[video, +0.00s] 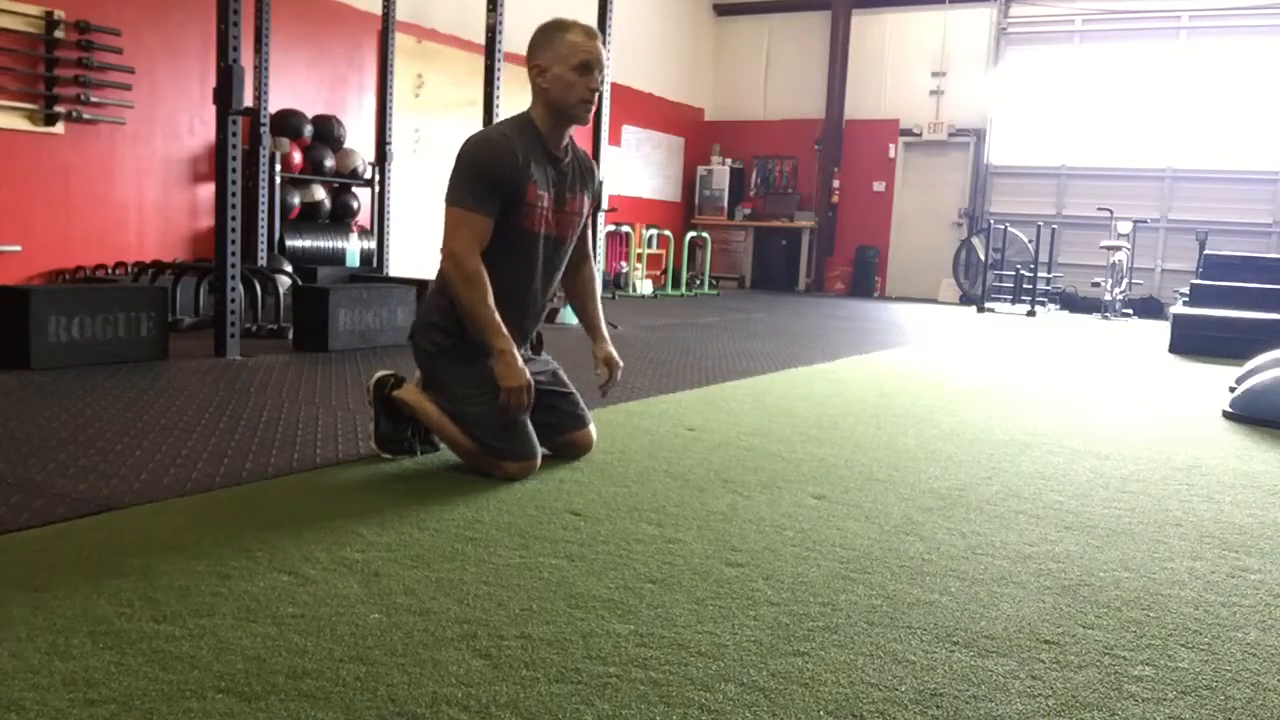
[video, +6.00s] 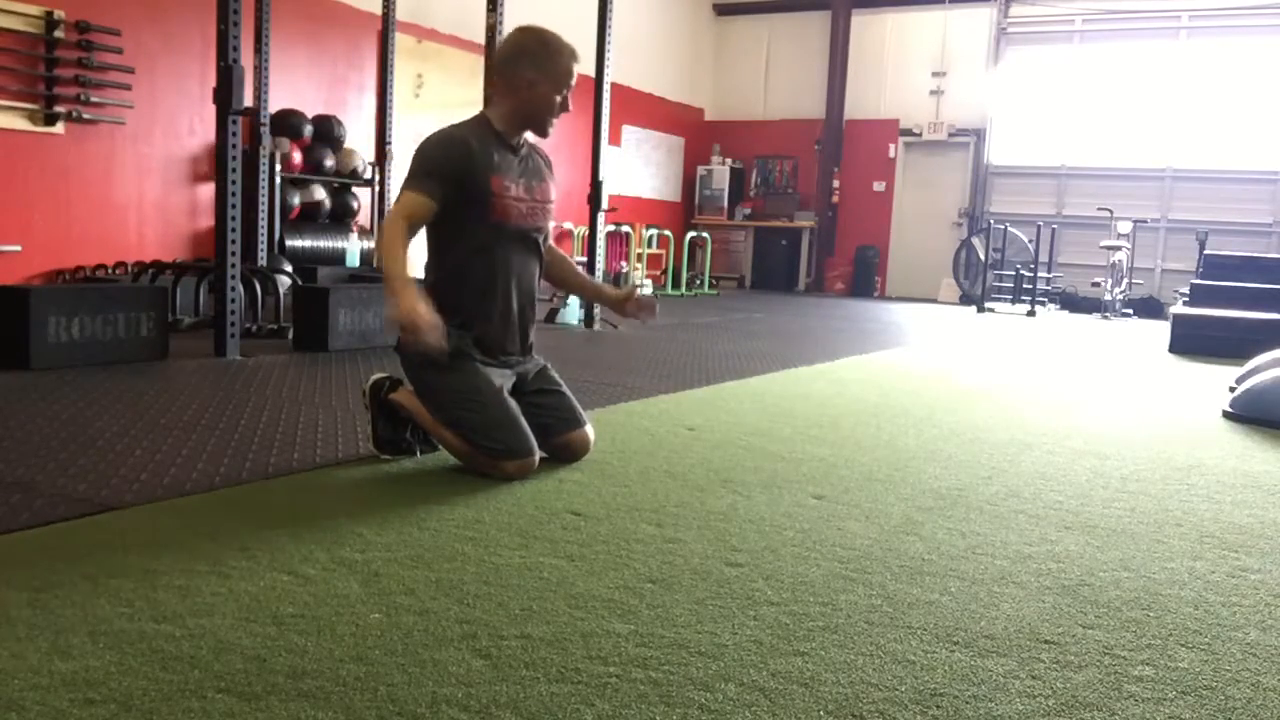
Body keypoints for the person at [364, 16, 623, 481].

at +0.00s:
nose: (598, 85)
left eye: (600, 72)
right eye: (585, 69)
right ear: (540, 74)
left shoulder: (583, 171)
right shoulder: (492, 149)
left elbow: (578, 260)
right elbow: (459, 259)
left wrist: (600, 338)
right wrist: (505, 352)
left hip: (519, 340)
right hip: (457, 342)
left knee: (575, 441)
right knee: (516, 464)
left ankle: (451, 395)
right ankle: (404, 397)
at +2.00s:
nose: (511, 66)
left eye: (513, 54)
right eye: (497, 54)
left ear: (516, 60)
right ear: (454, 61)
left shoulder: (525, 142)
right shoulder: (436, 144)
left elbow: (595, 198)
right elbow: (508, 189)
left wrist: (643, 147)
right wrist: (601, 133)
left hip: (516, 336)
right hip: (455, 345)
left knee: (574, 436)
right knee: (515, 464)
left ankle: (462, 395)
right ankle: (402, 399)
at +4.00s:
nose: (559, 91)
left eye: (560, 78)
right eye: (554, 76)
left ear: (522, 76)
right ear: (519, 74)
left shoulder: (539, 153)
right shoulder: (452, 149)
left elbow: (585, 175)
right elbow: (431, 258)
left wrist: (620, 167)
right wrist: (464, 355)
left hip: (515, 348)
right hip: (452, 351)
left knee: (573, 443)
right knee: (515, 464)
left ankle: (437, 411)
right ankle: (399, 399)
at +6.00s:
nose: (567, 104)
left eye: (570, 92)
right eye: (562, 90)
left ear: (531, 86)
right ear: (522, 82)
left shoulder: (538, 164)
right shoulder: (452, 148)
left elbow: (540, 251)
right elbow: (396, 226)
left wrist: (610, 296)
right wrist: (403, 295)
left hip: (517, 351)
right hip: (454, 351)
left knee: (573, 443)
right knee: (516, 463)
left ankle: (439, 413)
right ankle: (396, 399)